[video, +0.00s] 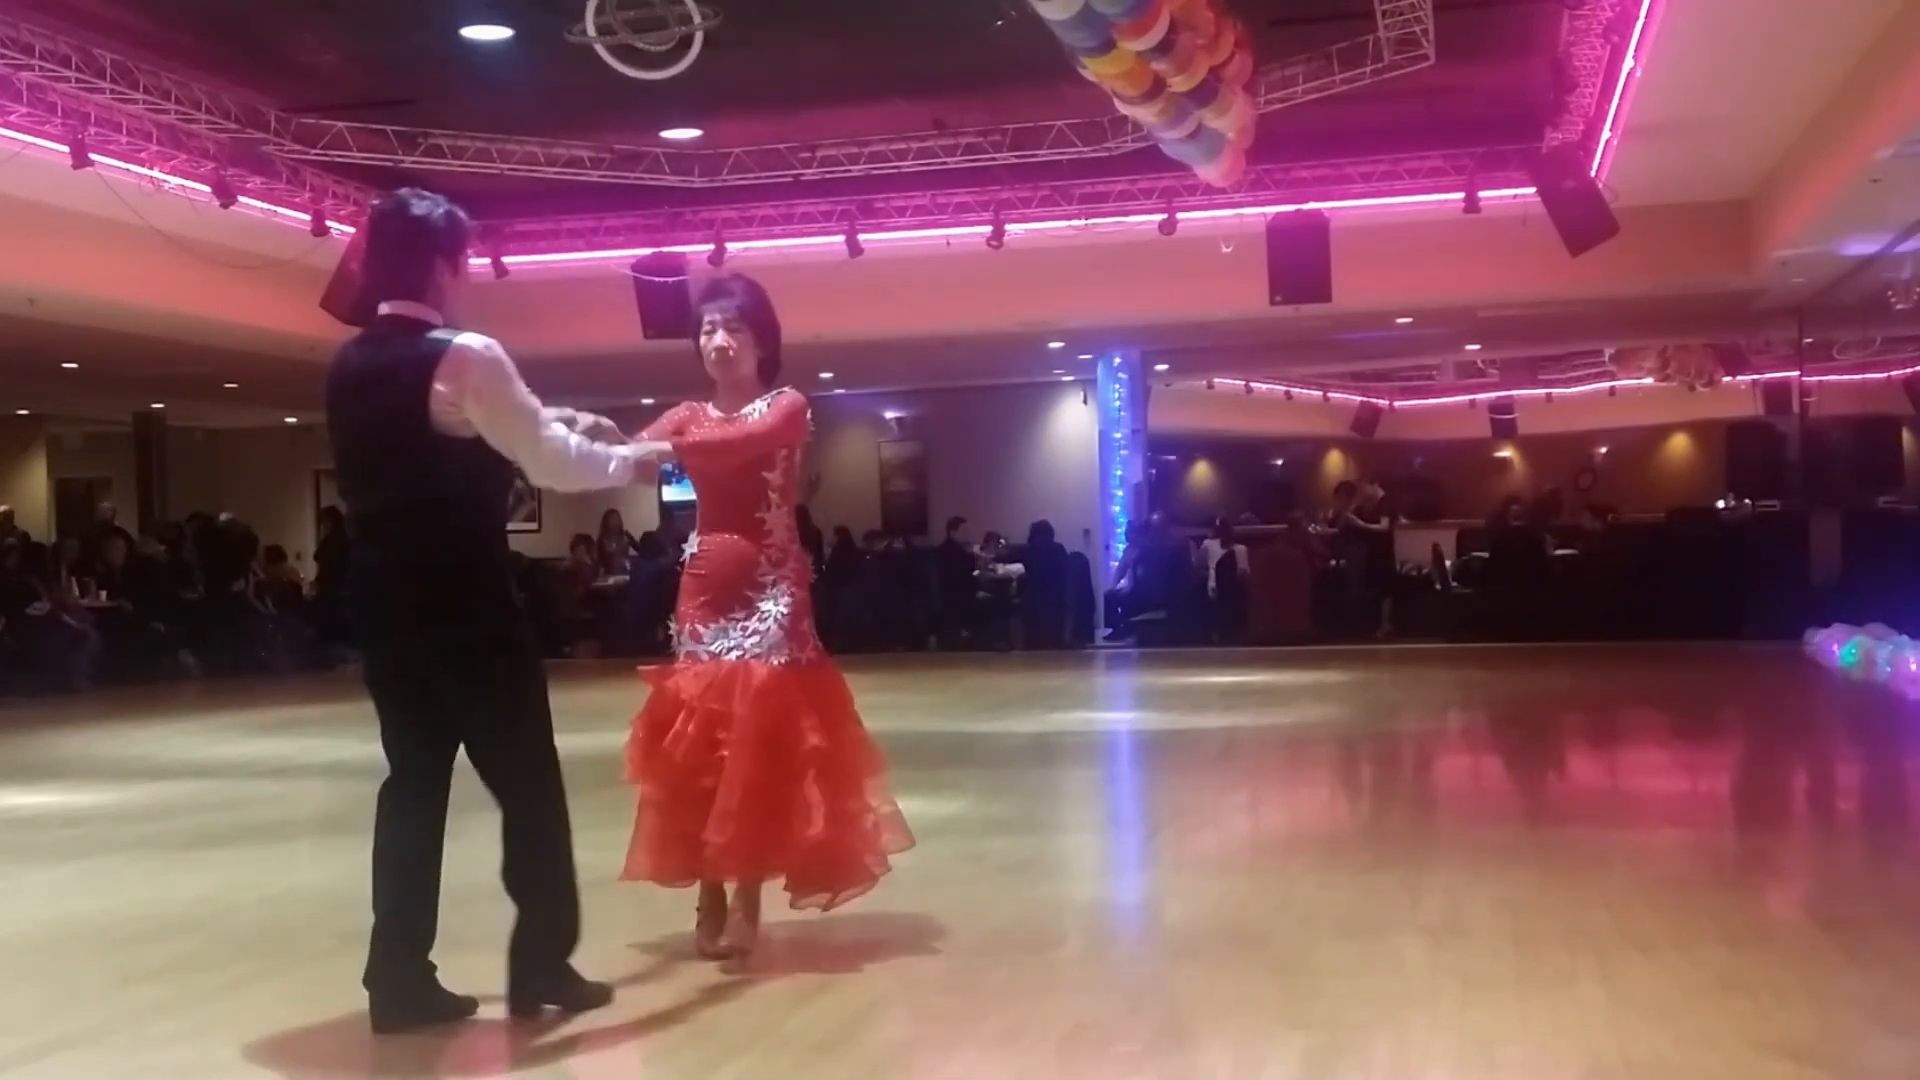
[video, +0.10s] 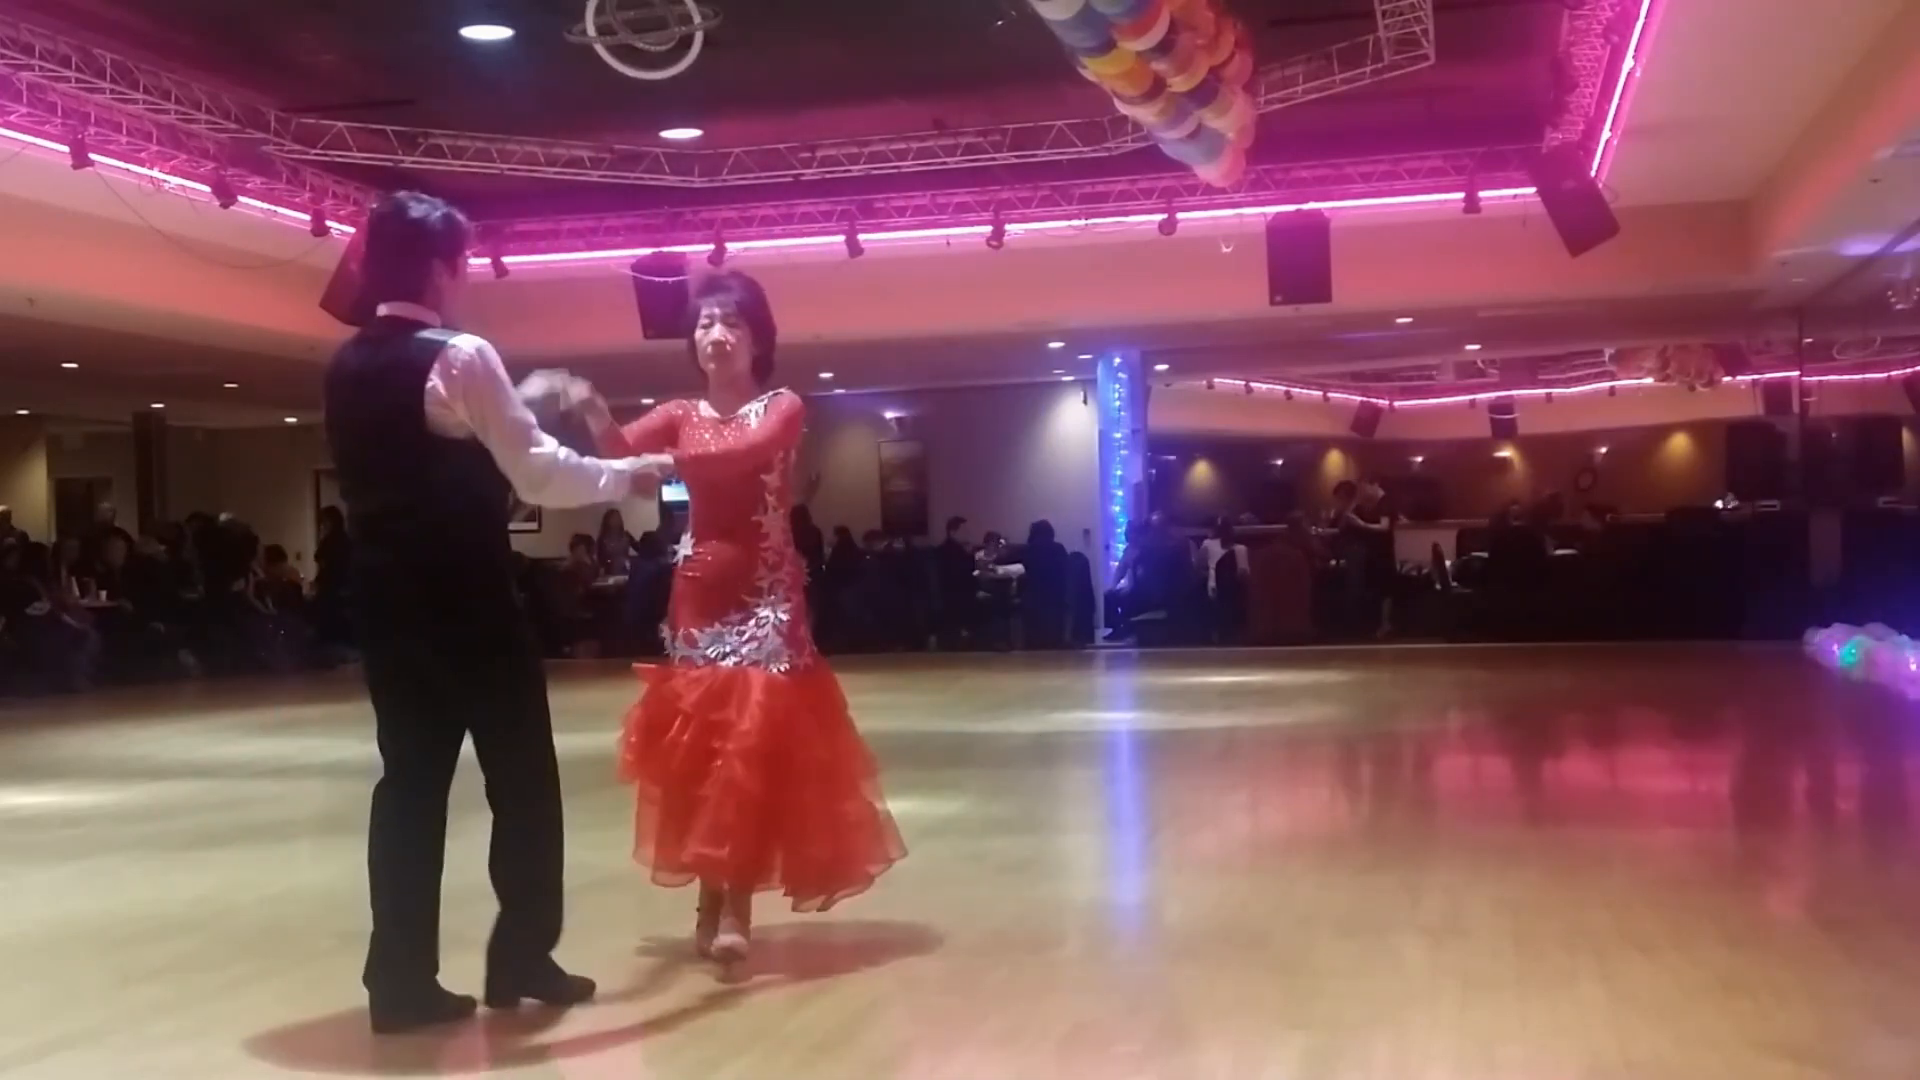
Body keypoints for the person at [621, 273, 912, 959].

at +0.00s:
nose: (720, 340)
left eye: (734, 328)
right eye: (708, 330)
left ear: (763, 338)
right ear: (698, 343)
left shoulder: (788, 404)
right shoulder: (686, 418)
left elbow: (736, 441)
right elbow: (627, 456)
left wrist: (663, 442)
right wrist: (576, 432)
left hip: (771, 586)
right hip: (703, 587)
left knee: (758, 736)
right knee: (707, 739)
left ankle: (747, 893)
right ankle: (709, 883)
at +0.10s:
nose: (714, 334)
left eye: (729, 321)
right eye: (704, 323)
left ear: (759, 338)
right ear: (693, 340)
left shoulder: (782, 407)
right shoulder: (677, 416)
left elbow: (745, 449)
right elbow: (614, 449)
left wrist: (661, 457)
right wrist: (587, 408)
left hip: (765, 590)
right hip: (698, 591)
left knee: (751, 745)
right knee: (705, 745)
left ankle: (730, 903)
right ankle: (713, 890)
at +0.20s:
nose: (713, 332)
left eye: (727, 322)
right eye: (703, 322)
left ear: (755, 340)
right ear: (688, 340)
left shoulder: (779, 411)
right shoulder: (673, 412)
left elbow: (766, 469)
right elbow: (608, 424)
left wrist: (679, 480)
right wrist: (588, 359)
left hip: (756, 592)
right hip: (687, 593)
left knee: (750, 752)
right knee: (695, 752)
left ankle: (731, 918)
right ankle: (708, 898)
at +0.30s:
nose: (715, 329)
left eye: (730, 320)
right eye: (705, 319)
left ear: (751, 340)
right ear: (688, 337)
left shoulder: (773, 418)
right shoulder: (665, 411)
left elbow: (784, 485)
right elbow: (607, 386)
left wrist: (698, 495)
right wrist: (597, 297)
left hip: (749, 593)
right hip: (679, 593)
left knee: (751, 750)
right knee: (683, 750)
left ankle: (733, 917)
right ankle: (685, 886)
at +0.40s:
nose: (718, 323)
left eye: (728, 313)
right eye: (703, 312)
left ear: (744, 332)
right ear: (675, 330)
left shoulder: (764, 414)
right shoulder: (655, 408)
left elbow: (789, 487)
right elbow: (620, 339)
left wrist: (712, 500)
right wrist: (621, 250)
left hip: (744, 588)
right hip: (672, 589)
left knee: (750, 754)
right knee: (679, 753)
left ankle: (736, 922)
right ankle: (658, 894)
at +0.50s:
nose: (707, 316)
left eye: (715, 306)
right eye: (694, 306)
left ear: (728, 320)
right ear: (664, 318)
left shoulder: (746, 405)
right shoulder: (650, 396)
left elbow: (784, 488)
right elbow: (643, 290)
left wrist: (709, 500)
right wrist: (654, 216)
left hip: (732, 587)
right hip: (667, 586)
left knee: (746, 753)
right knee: (678, 757)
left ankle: (735, 924)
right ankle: (641, 918)